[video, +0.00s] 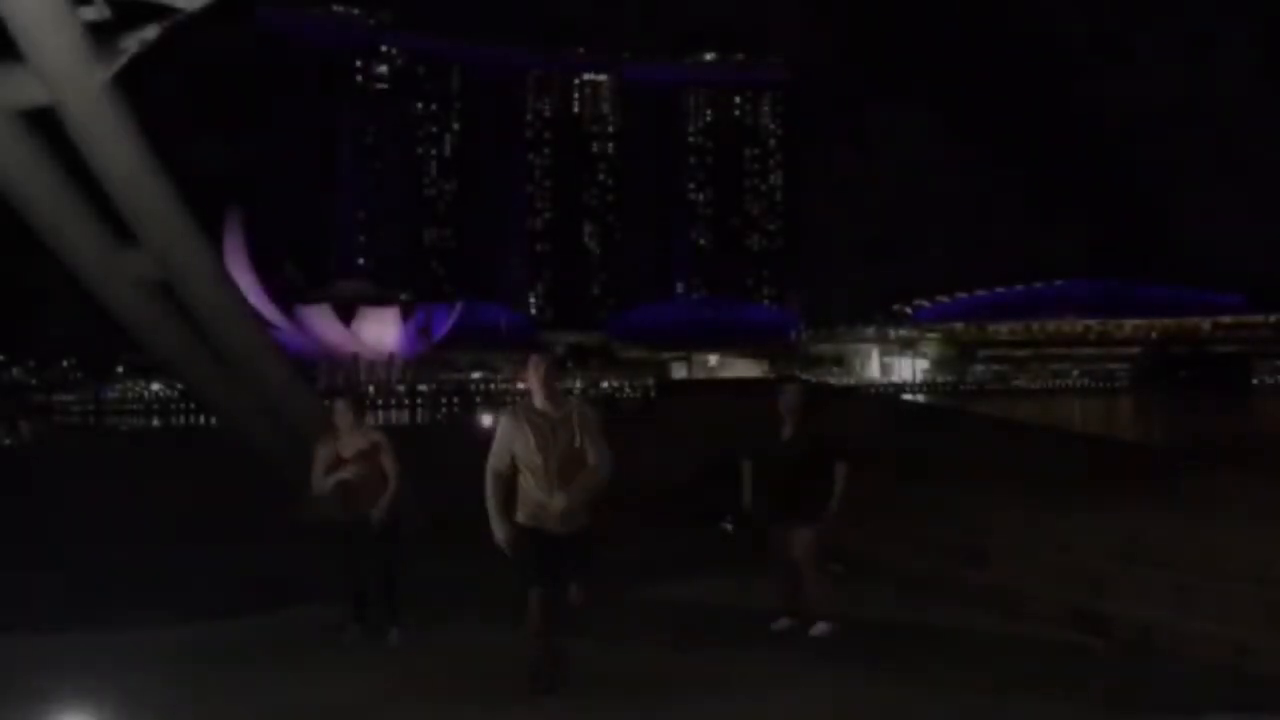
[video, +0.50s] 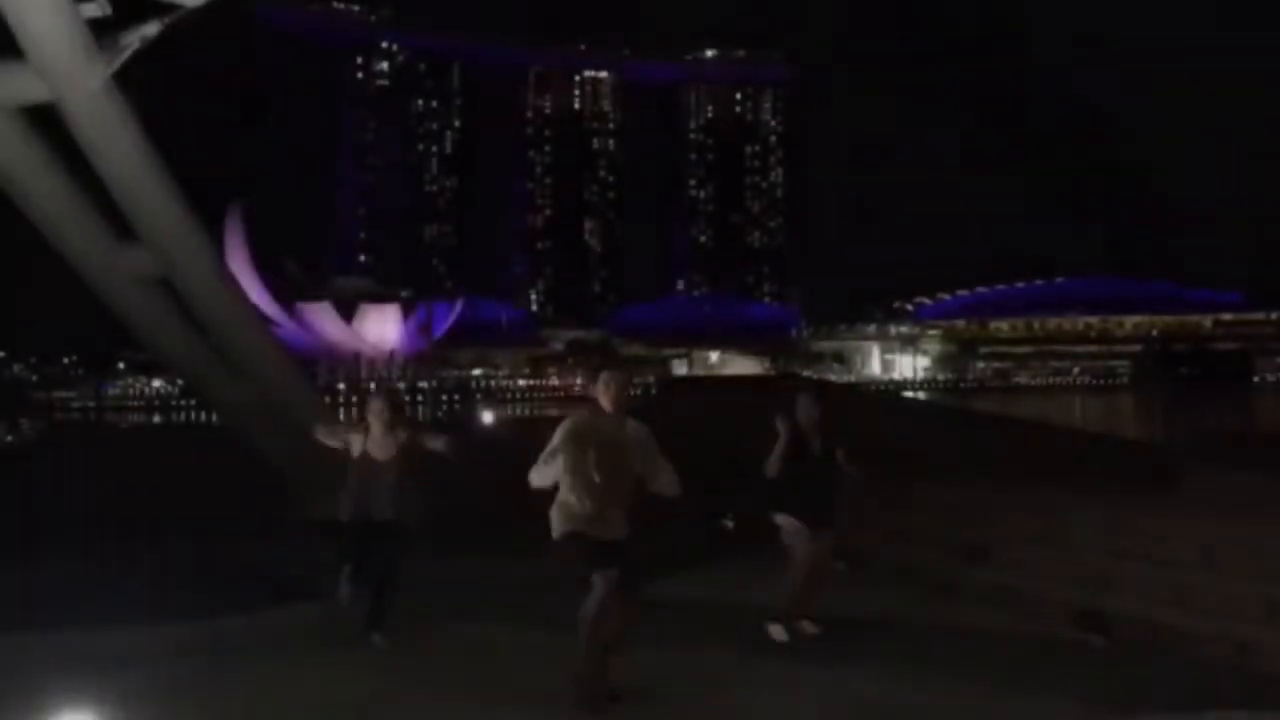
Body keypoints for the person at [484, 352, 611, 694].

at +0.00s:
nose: (545, 376)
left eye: (550, 369)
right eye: (538, 370)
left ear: (559, 375)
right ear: (526, 377)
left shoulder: (580, 416)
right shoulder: (513, 421)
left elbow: (599, 465)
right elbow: (496, 474)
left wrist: (570, 496)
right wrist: (499, 524)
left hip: (574, 526)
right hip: (532, 526)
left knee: (573, 599)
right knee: (537, 601)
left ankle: (562, 670)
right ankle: (538, 674)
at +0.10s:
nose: (555, 372)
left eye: (560, 365)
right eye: (548, 365)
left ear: (569, 371)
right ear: (538, 372)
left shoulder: (590, 411)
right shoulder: (521, 415)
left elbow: (611, 458)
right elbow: (498, 465)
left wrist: (592, 498)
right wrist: (512, 515)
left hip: (582, 522)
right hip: (540, 523)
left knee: (586, 594)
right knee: (542, 597)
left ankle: (574, 665)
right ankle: (540, 668)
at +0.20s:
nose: (571, 371)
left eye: (577, 364)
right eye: (564, 363)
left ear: (587, 369)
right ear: (552, 369)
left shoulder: (600, 409)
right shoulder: (536, 409)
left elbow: (610, 459)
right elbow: (511, 462)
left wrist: (606, 503)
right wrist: (525, 515)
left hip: (594, 525)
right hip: (550, 526)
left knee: (598, 603)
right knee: (548, 604)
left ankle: (591, 676)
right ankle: (541, 674)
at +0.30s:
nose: (588, 377)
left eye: (593, 369)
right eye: (581, 369)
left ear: (602, 374)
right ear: (566, 375)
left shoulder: (609, 416)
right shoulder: (550, 418)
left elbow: (612, 469)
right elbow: (523, 471)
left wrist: (621, 515)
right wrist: (541, 529)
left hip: (607, 529)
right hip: (565, 533)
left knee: (608, 606)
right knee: (563, 607)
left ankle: (597, 679)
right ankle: (543, 676)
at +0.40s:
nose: (604, 387)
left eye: (608, 379)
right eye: (596, 379)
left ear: (616, 383)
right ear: (581, 384)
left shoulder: (619, 429)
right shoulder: (568, 424)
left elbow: (632, 474)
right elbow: (525, 474)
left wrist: (650, 512)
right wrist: (551, 520)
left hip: (614, 531)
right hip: (574, 532)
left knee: (612, 604)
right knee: (587, 598)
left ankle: (597, 677)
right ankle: (558, 658)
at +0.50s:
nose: (617, 393)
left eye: (622, 386)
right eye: (610, 385)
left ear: (629, 390)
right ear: (594, 388)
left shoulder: (634, 432)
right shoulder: (576, 426)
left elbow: (667, 483)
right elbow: (537, 476)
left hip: (614, 525)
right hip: (574, 523)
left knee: (621, 598)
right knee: (604, 583)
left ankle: (602, 678)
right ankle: (586, 677)